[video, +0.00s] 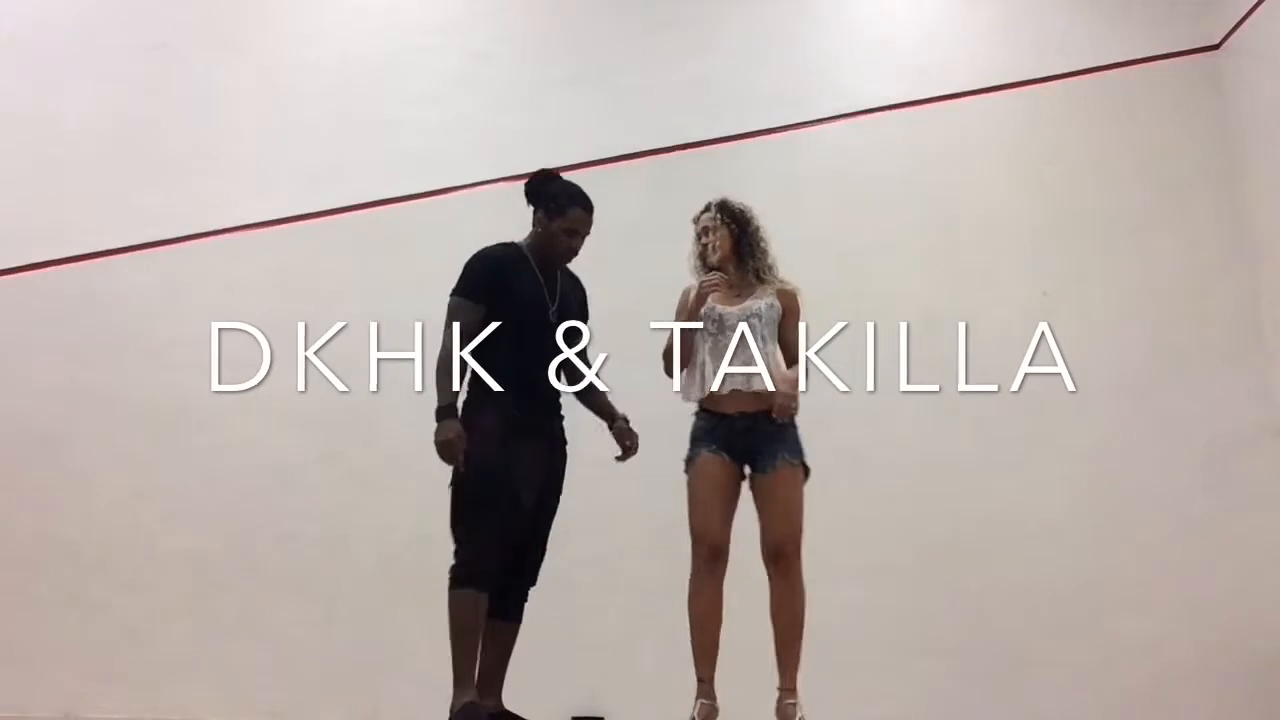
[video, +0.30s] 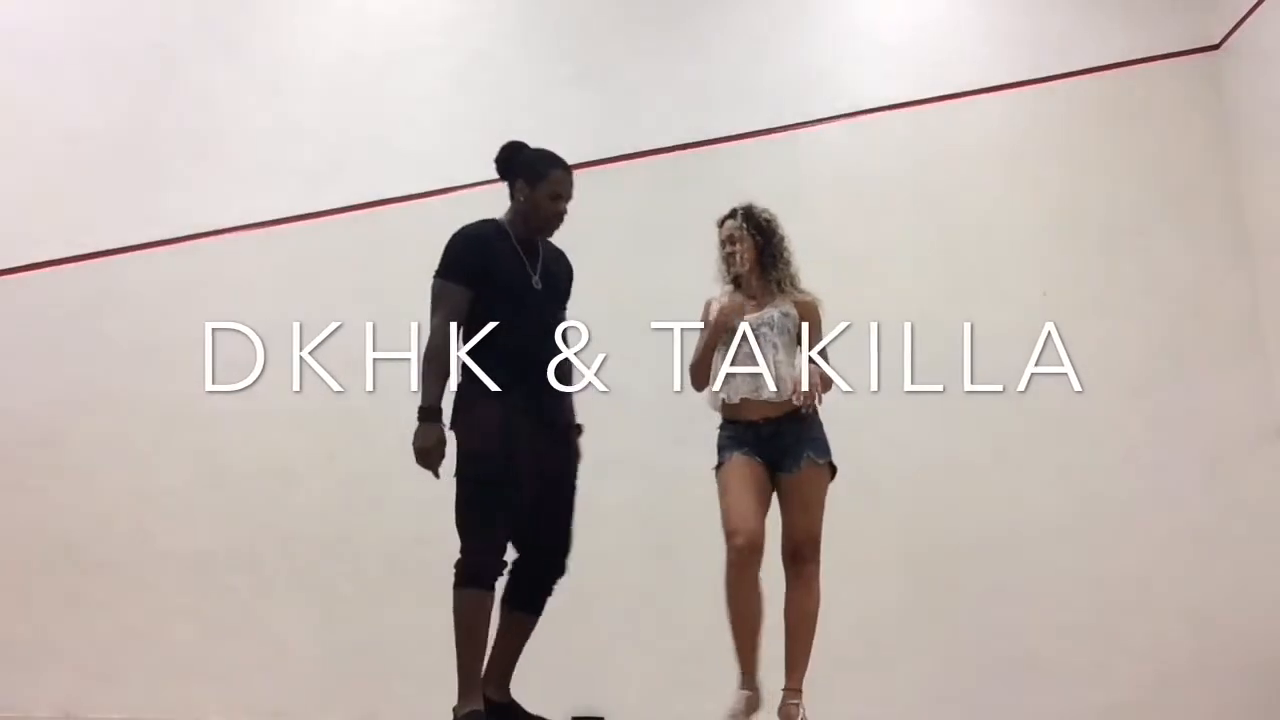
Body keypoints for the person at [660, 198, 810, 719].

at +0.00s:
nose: (705, 241)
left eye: (713, 231)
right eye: (701, 235)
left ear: (739, 234)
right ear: (699, 244)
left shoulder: (780, 296)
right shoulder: (696, 296)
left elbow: (794, 362)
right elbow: (673, 368)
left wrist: (789, 387)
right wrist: (691, 309)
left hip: (773, 431)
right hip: (713, 431)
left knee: (782, 555)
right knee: (709, 553)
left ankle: (788, 692)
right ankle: (705, 693)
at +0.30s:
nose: (730, 250)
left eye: (738, 240)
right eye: (725, 243)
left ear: (762, 242)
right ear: (722, 252)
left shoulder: (801, 305)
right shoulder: (719, 308)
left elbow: (821, 371)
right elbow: (698, 381)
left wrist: (813, 384)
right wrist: (716, 328)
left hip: (798, 433)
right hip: (739, 436)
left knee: (801, 558)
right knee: (742, 544)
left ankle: (793, 694)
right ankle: (747, 686)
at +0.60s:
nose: (739, 250)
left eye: (746, 239)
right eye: (732, 243)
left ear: (770, 236)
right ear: (728, 250)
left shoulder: (814, 292)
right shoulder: (729, 302)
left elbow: (829, 366)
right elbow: (718, 368)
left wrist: (797, 342)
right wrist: (725, 391)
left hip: (796, 428)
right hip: (737, 427)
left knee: (797, 555)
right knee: (733, 534)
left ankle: (793, 694)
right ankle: (737, 679)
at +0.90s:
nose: (729, 248)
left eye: (735, 237)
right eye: (720, 242)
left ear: (759, 233)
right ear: (717, 249)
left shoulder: (803, 287)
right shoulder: (719, 299)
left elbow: (841, 350)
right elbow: (707, 366)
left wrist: (802, 330)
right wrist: (715, 379)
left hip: (781, 429)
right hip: (722, 426)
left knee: (787, 557)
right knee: (715, 551)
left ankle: (791, 694)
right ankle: (707, 688)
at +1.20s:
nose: (721, 244)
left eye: (728, 233)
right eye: (712, 238)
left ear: (749, 234)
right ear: (704, 246)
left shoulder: (790, 293)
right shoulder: (702, 299)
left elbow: (807, 371)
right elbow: (682, 373)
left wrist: (793, 352)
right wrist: (699, 367)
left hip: (764, 433)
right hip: (706, 426)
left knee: (767, 553)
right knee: (703, 551)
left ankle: (749, 691)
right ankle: (704, 691)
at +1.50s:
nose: (734, 229)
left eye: (743, 221)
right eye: (725, 221)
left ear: (761, 227)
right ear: (714, 228)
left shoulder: (782, 288)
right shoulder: (698, 285)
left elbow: (796, 355)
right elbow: (682, 356)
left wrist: (796, 373)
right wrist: (715, 325)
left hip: (773, 423)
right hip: (712, 423)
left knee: (794, 545)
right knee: (710, 550)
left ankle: (797, 684)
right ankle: (705, 690)